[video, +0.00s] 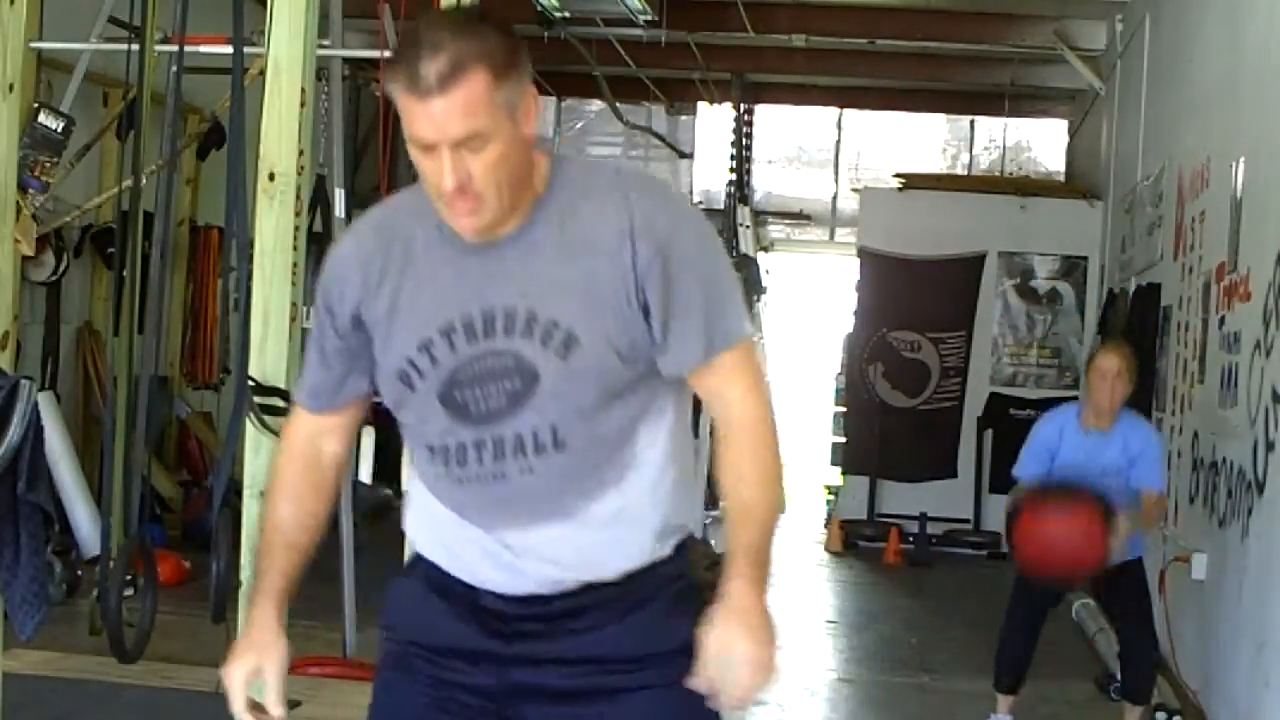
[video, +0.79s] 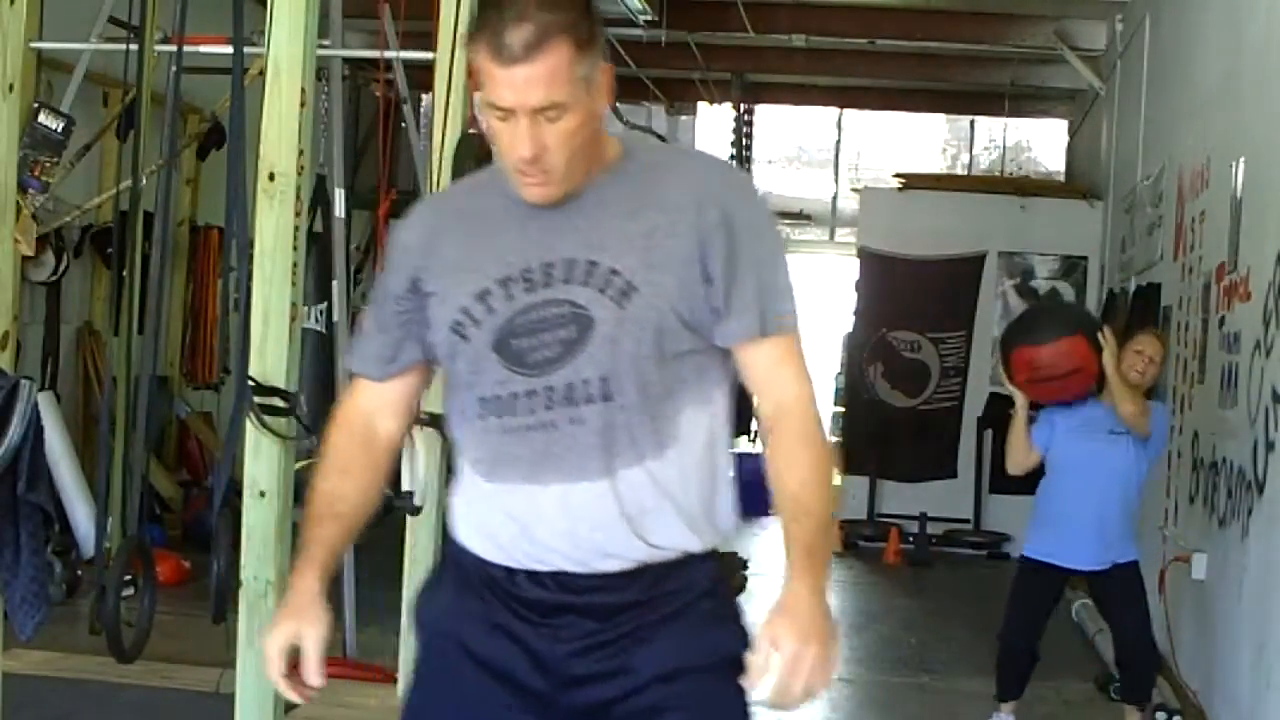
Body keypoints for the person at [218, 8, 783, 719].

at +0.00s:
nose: (451, 176)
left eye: (472, 143)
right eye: (426, 148)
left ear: (530, 116)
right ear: (404, 132)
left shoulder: (645, 226)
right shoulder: (367, 258)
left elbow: (738, 400)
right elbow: (317, 435)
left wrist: (745, 593)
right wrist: (266, 612)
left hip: (631, 626)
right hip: (445, 626)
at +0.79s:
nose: (526, 146)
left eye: (550, 113)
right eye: (501, 115)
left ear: (605, 88)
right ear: (477, 103)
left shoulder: (708, 202)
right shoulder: (431, 234)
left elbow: (785, 402)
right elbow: (371, 416)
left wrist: (807, 589)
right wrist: (307, 582)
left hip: (667, 625)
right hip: (483, 625)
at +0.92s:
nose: (609, 154)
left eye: (635, 122)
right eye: (585, 122)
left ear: (692, 93)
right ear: (562, 105)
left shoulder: (794, 216)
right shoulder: (515, 230)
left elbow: (869, 426)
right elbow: (458, 419)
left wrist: (865, 617)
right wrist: (388, 583)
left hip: (730, 633)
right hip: (548, 629)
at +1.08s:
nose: (666, 160)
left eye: (694, 130)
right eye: (644, 126)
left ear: (753, 99)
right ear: (623, 104)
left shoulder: (851, 228)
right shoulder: (574, 217)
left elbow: (915, 445)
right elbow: (516, 403)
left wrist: (912, 651)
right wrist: (452, 571)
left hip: (766, 634)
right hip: (588, 624)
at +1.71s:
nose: (601, 159)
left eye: (632, 130)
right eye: (581, 126)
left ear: (689, 101)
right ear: (561, 100)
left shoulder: (776, 232)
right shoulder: (498, 221)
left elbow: (831, 456)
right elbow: (439, 405)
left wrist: (829, 649)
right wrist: (380, 568)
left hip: (691, 635)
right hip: (511, 624)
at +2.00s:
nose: (515, 159)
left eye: (541, 125)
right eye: (490, 126)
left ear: (598, 91)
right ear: (470, 105)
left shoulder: (706, 208)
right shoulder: (423, 226)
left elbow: (762, 419)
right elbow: (362, 409)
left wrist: (735, 606)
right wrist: (304, 584)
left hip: (657, 621)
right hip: (479, 617)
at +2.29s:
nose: (550, 196)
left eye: (572, 160)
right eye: (525, 166)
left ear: (635, 120)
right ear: (504, 147)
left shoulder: (757, 238)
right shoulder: (494, 268)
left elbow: (817, 467)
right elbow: (441, 447)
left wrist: (759, 675)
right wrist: (367, 627)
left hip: (728, 636)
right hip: (555, 629)